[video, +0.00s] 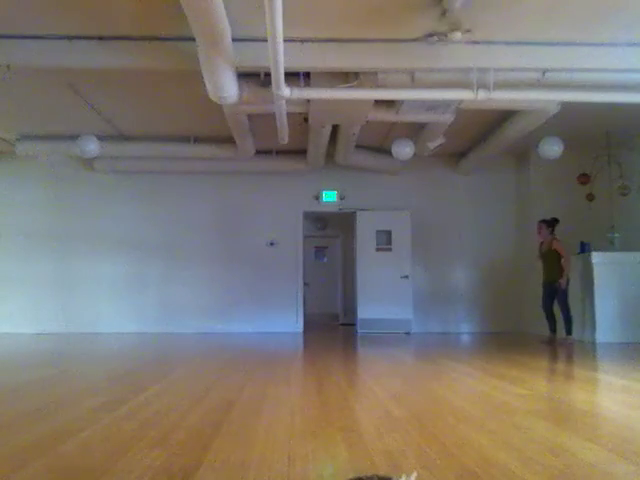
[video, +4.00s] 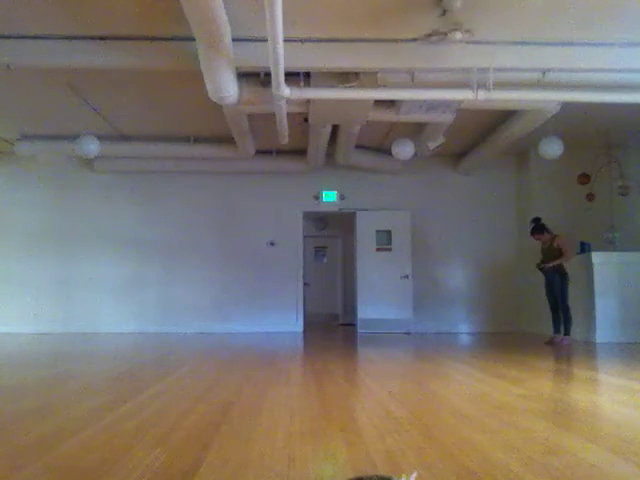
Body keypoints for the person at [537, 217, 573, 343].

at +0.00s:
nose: (538, 231)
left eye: (541, 228)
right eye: (538, 228)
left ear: (549, 230)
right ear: (543, 230)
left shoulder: (555, 243)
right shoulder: (542, 244)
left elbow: (566, 257)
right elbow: (545, 260)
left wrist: (565, 277)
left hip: (559, 279)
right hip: (548, 280)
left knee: (564, 306)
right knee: (547, 306)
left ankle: (569, 334)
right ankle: (552, 333)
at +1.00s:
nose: (538, 231)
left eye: (541, 228)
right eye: (538, 228)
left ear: (548, 229)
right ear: (540, 230)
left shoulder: (554, 243)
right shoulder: (541, 243)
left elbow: (567, 253)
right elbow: (542, 257)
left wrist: (557, 261)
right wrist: (539, 268)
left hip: (553, 276)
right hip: (543, 276)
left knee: (557, 304)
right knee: (547, 305)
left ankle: (565, 333)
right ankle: (551, 332)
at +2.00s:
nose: (547, 230)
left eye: (548, 227)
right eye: (546, 227)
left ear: (556, 226)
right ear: (549, 228)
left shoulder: (563, 241)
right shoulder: (550, 241)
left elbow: (572, 256)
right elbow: (547, 255)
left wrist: (557, 262)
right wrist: (543, 262)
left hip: (561, 275)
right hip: (550, 275)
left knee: (563, 304)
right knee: (548, 303)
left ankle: (567, 335)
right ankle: (550, 331)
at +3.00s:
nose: (543, 240)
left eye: (543, 237)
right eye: (541, 238)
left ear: (548, 233)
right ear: (544, 236)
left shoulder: (561, 239)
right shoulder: (548, 242)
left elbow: (575, 247)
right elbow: (548, 256)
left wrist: (566, 258)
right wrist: (546, 262)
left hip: (562, 271)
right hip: (551, 272)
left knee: (563, 303)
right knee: (552, 304)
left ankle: (567, 336)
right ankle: (555, 334)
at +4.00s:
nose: (539, 241)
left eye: (539, 238)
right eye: (537, 239)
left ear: (544, 233)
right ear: (538, 236)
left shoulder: (558, 240)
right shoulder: (544, 244)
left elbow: (568, 256)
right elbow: (545, 258)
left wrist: (551, 264)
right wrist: (541, 264)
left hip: (560, 274)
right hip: (549, 275)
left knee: (563, 305)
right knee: (553, 305)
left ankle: (566, 335)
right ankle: (556, 334)